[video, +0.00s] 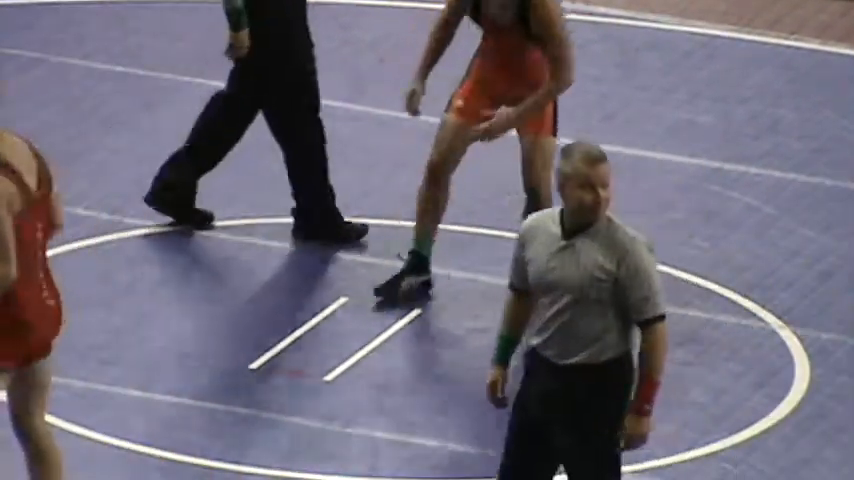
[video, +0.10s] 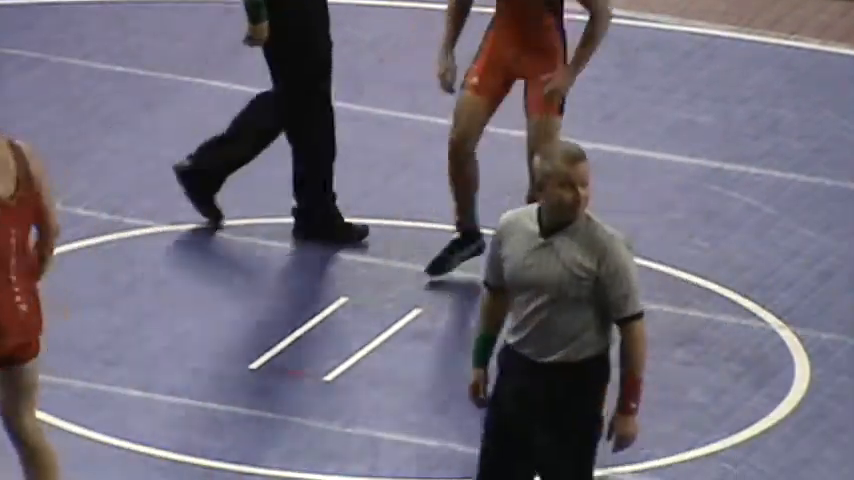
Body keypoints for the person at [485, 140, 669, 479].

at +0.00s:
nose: (598, 197)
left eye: (604, 187)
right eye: (587, 187)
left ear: (611, 187)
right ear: (561, 186)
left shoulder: (627, 249)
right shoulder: (533, 230)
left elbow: (654, 329)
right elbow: (521, 297)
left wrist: (642, 409)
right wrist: (500, 363)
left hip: (601, 381)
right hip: (542, 375)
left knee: (594, 472)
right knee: (518, 471)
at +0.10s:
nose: (578, 195)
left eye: (583, 186)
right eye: (567, 186)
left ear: (589, 187)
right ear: (539, 188)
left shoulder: (606, 247)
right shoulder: (510, 229)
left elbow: (632, 327)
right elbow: (496, 295)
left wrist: (627, 410)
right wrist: (480, 363)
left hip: (578, 379)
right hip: (518, 372)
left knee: (567, 471)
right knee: (498, 469)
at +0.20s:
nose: (557, 194)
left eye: (563, 184)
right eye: (547, 184)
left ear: (570, 185)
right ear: (520, 182)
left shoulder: (587, 243)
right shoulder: (489, 225)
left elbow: (614, 321)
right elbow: (471, 292)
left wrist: (610, 404)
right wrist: (455, 360)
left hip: (555, 373)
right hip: (496, 365)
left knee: (539, 467)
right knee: (483, 464)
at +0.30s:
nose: (544, 190)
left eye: (549, 180)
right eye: (532, 181)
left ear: (556, 180)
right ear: (504, 181)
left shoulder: (573, 239)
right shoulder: (472, 224)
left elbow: (599, 317)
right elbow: (450, 289)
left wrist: (590, 400)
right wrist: (430, 356)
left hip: (541, 370)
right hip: (482, 362)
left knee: (519, 466)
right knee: (474, 463)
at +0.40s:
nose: (532, 189)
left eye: (537, 179)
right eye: (520, 181)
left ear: (543, 179)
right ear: (492, 181)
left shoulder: (557, 238)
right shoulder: (457, 225)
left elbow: (585, 317)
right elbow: (434, 288)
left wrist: (572, 396)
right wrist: (410, 356)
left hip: (531, 366)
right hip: (471, 360)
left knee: (506, 465)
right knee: (466, 460)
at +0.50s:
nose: (522, 191)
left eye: (525, 182)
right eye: (509, 183)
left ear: (532, 180)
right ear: (479, 181)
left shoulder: (546, 239)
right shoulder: (444, 227)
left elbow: (575, 318)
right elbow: (421, 290)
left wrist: (560, 396)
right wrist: (396, 358)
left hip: (520, 369)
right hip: (460, 364)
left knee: (496, 468)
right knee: (459, 465)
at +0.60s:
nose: (510, 195)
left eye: (514, 185)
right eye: (498, 186)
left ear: (520, 183)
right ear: (468, 184)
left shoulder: (538, 243)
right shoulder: (432, 232)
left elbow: (565, 319)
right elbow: (410, 295)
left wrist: (552, 400)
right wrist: (388, 365)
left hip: (511, 373)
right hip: (452, 368)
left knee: (491, 470)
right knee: (453, 467)